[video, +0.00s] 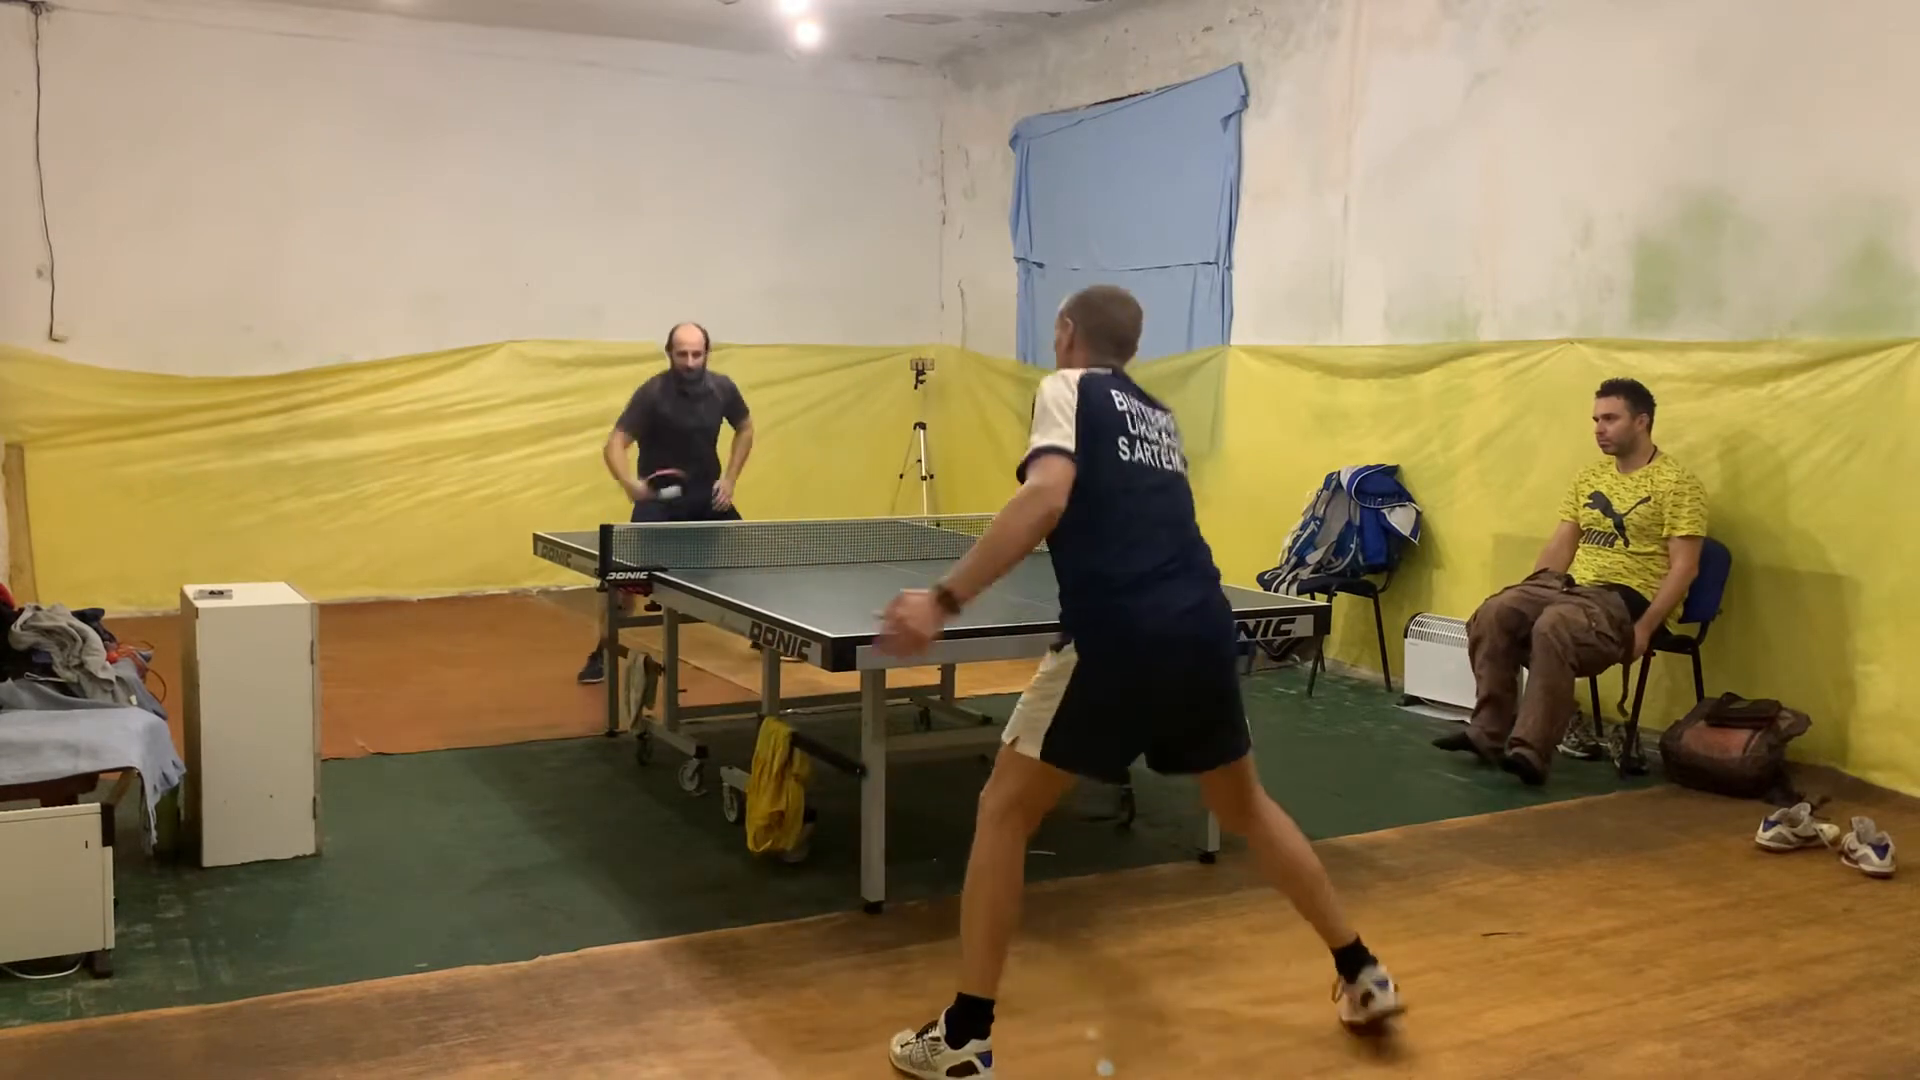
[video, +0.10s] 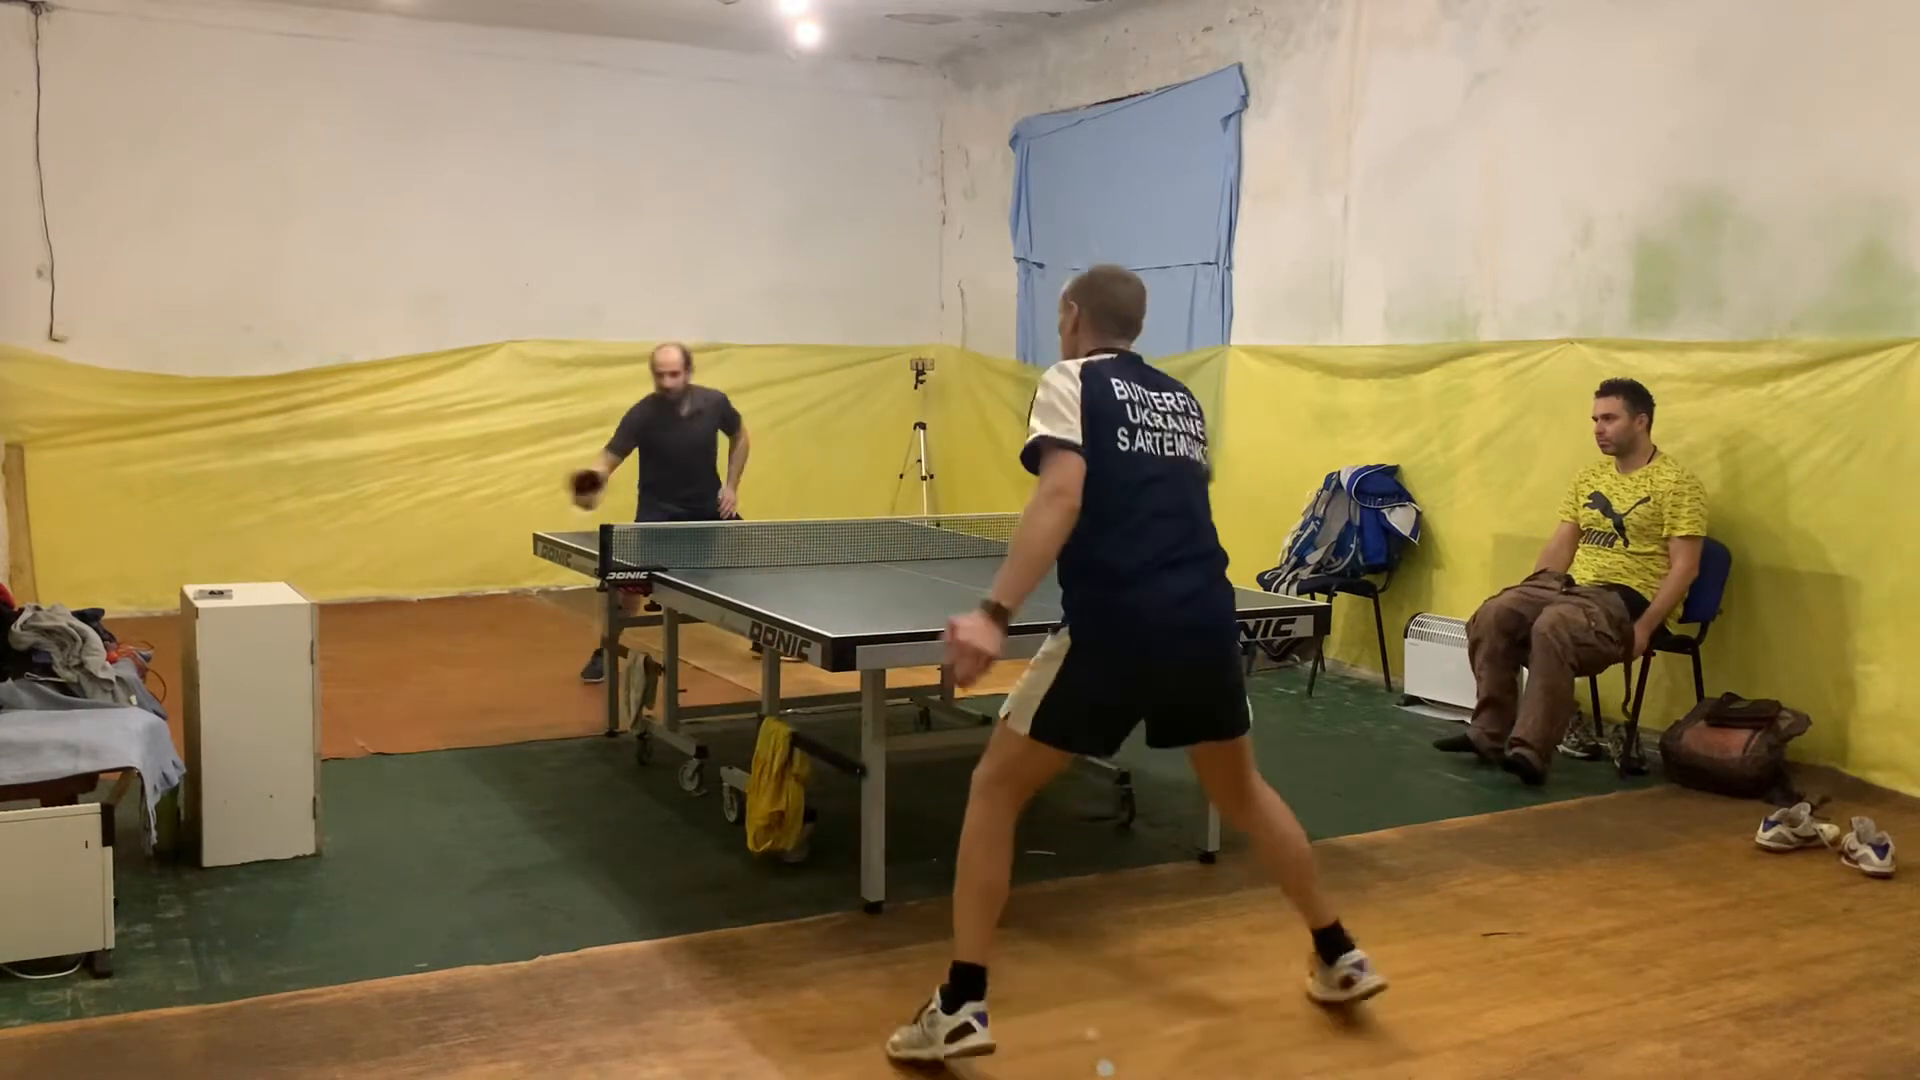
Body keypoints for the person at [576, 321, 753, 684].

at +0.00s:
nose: (690, 361)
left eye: (697, 354)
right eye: (682, 354)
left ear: (706, 354)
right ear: (669, 355)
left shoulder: (722, 389)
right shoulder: (652, 392)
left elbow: (746, 429)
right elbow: (614, 445)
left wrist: (730, 478)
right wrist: (630, 483)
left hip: (708, 497)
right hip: (658, 500)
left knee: (751, 559)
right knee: (624, 571)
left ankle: (768, 633)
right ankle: (604, 650)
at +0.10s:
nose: (667, 381)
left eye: (674, 374)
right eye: (661, 375)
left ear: (689, 372)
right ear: (652, 375)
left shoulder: (713, 403)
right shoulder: (643, 413)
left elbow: (739, 437)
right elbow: (612, 455)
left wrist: (731, 486)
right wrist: (593, 480)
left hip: (707, 511)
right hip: (657, 514)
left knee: (753, 562)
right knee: (629, 580)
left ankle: (764, 632)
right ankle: (606, 650)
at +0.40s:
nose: (588, 331)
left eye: (594, 324)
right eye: (580, 326)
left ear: (607, 324)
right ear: (569, 330)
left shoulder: (637, 355)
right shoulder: (566, 378)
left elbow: (693, 383)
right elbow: (578, 441)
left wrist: (715, 434)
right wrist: (621, 469)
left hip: (651, 462)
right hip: (602, 469)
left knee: (690, 532)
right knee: (583, 553)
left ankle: (710, 605)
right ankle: (586, 646)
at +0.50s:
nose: (577, 330)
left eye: (584, 322)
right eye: (569, 324)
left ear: (597, 323)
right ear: (558, 328)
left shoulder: (626, 358)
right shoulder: (551, 375)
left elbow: (677, 392)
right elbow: (545, 435)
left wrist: (697, 443)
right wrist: (573, 477)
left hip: (633, 467)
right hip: (584, 475)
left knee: (664, 547)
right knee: (569, 562)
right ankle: (566, 651)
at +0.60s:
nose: (571, 332)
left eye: (578, 324)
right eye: (563, 325)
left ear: (591, 326)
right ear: (553, 330)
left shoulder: (619, 364)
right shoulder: (543, 377)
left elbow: (663, 404)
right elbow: (520, 434)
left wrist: (677, 457)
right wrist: (518, 490)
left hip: (619, 482)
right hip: (571, 486)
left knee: (630, 564)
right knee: (567, 566)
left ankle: (599, 606)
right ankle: (568, 650)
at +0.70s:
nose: (572, 329)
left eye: (580, 322)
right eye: (565, 323)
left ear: (593, 324)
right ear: (554, 327)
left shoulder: (617, 365)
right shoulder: (540, 373)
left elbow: (656, 408)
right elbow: (505, 421)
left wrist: (656, 458)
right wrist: (477, 475)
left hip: (607, 482)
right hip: (562, 483)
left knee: (601, 569)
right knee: (566, 564)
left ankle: (557, 624)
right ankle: (569, 651)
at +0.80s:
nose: (577, 328)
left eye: (584, 321)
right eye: (569, 321)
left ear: (596, 323)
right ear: (559, 325)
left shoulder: (616, 367)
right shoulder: (539, 367)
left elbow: (650, 414)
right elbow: (498, 409)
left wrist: (640, 454)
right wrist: (462, 455)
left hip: (596, 479)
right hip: (553, 478)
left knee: (583, 564)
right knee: (558, 559)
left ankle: (551, 631)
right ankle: (562, 647)